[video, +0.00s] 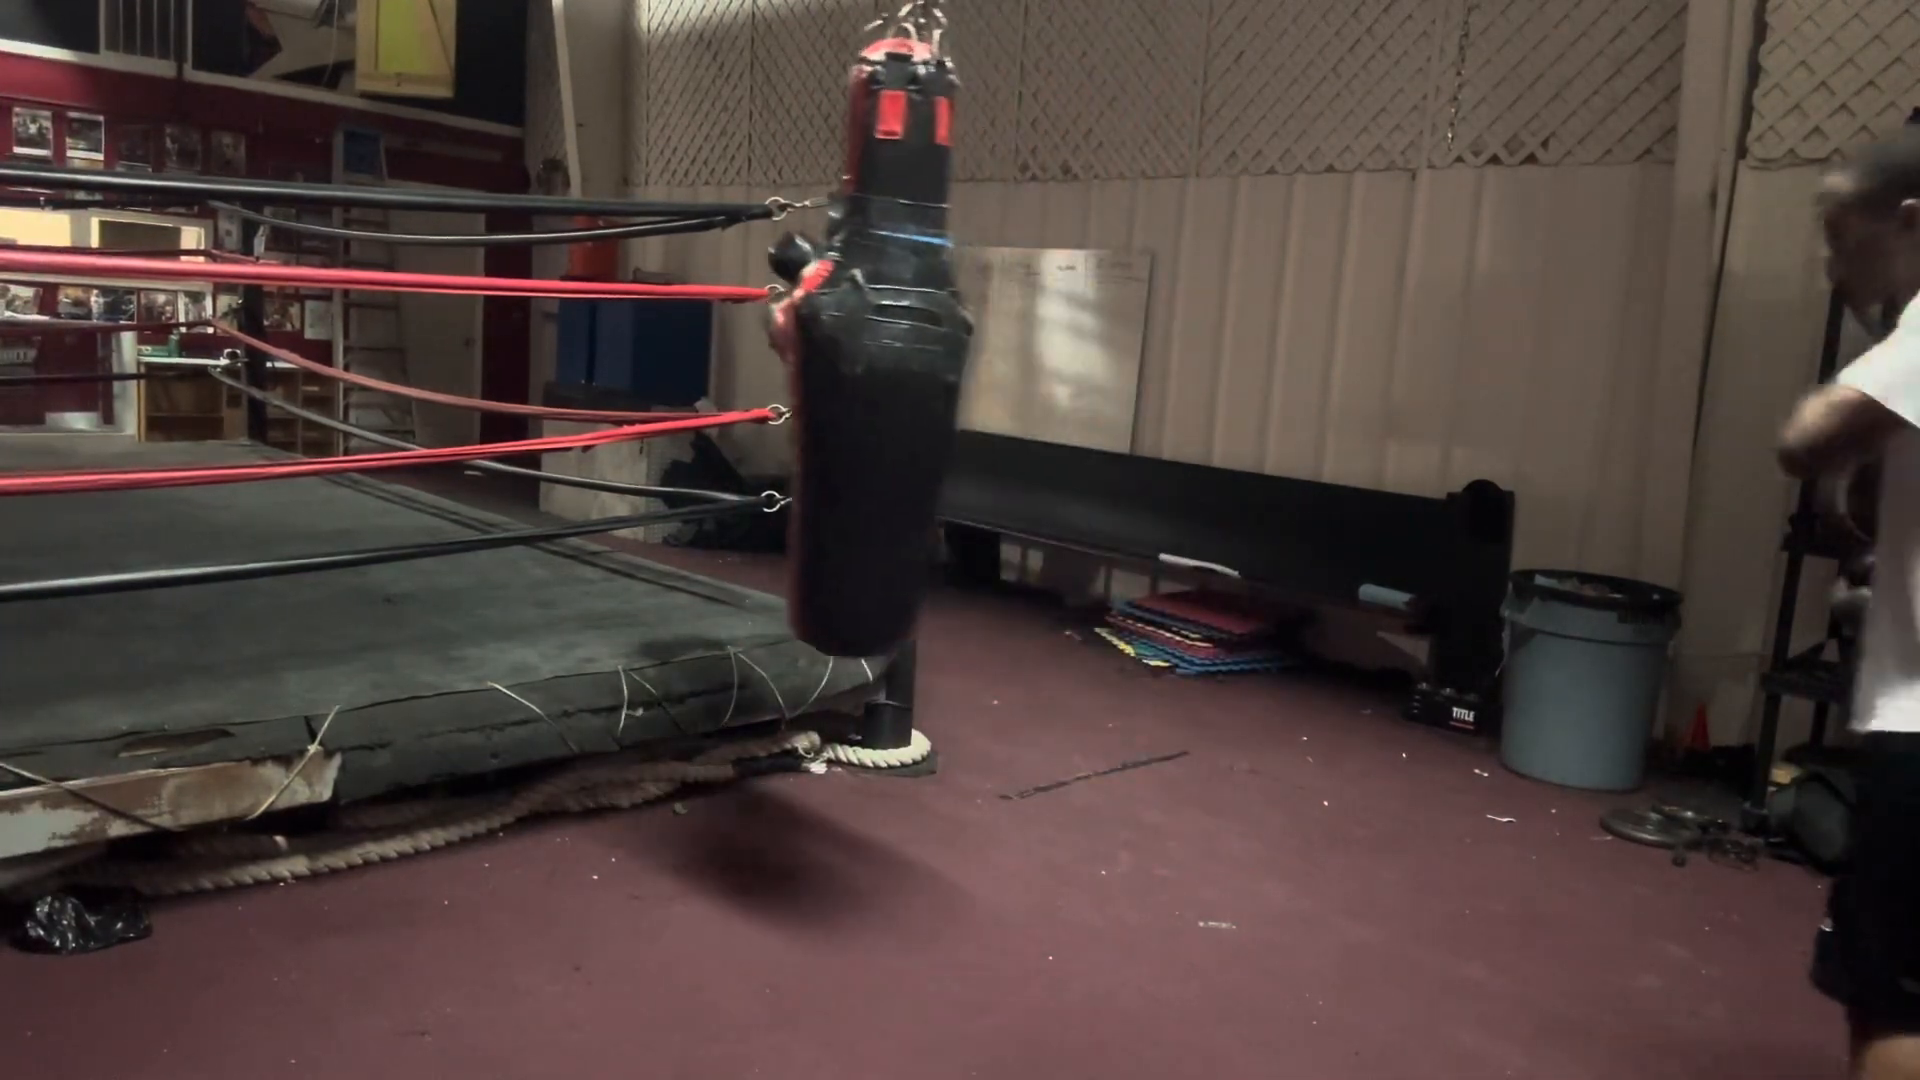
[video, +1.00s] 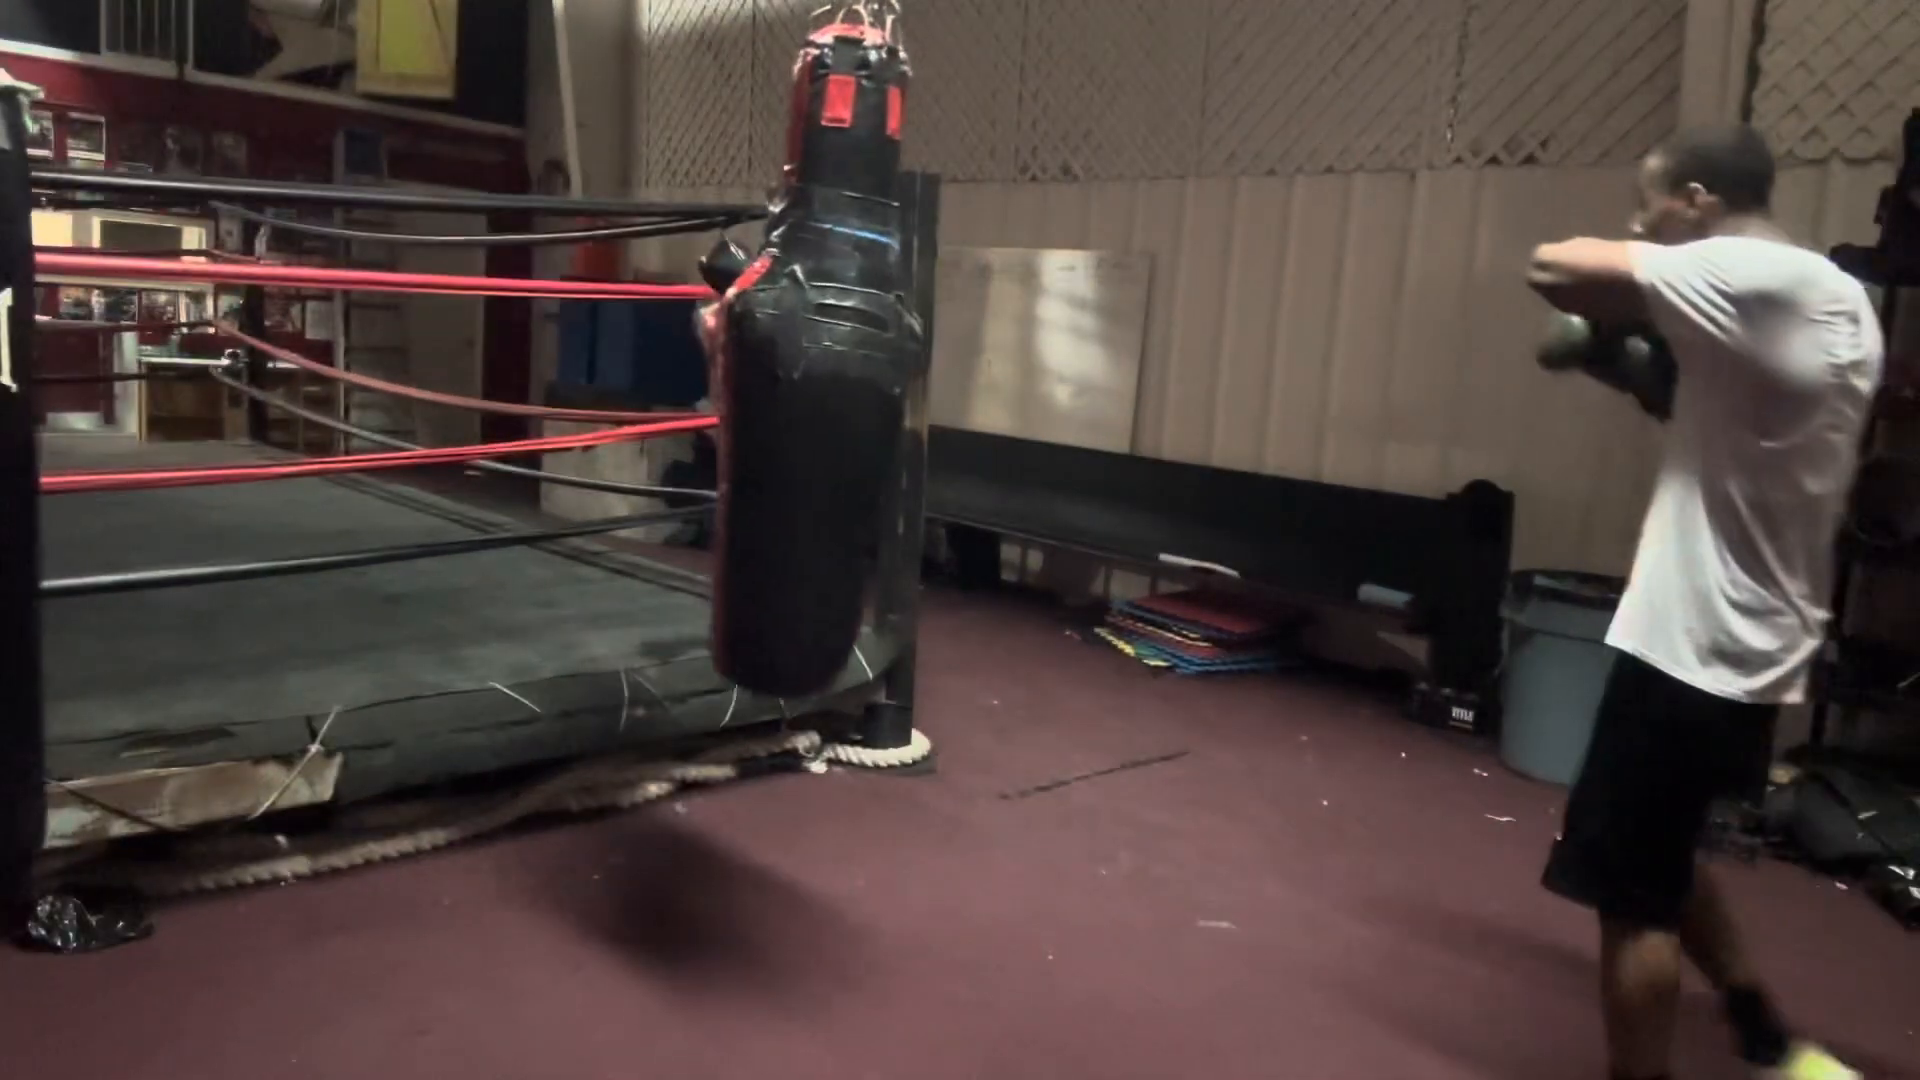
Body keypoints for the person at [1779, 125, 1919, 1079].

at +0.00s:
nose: (1831, 263)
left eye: (1840, 236)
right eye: (1828, 241)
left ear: (1903, 221)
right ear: (1894, 228)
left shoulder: (1918, 325)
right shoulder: (1903, 329)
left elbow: (1808, 438)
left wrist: (1826, 461)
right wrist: (1857, 529)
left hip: (1907, 720)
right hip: (1897, 716)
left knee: (1885, 996)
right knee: (1875, 982)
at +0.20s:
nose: (1831, 237)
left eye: (1845, 212)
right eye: (1832, 213)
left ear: (1906, 210)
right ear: (1907, 213)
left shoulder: (1917, 300)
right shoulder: (1900, 306)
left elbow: (1750, 356)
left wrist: (1845, 326)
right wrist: (1847, 320)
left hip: (1898, 700)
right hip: (1883, 694)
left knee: (1836, 972)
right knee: (1840, 966)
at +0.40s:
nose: (1819, 244)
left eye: (1830, 220)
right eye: (1818, 222)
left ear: (1892, 214)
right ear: (1898, 219)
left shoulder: (1919, 282)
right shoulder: (1905, 290)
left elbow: (1736, 319)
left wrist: (1815, 311)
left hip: (1897, 678)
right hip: (1890, 673)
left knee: (1735, 900)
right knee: (1912, 933)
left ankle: (1795, 1064)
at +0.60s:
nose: (1775, 251)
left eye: (1783, 230)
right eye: (1772, 233)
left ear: (1843, 218)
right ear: (1859, 221)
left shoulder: (1905, 271)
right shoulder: (1894, 284)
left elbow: (1685, 299)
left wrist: (1807, 303)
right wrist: (1798, 536)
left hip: (1865, 690)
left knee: (1699, 919)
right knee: (1916, 960)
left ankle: (1676, 1065)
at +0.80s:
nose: (1683, 232)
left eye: (1692, 215)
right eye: (1683, 215)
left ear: (1739, 209)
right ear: (1794, 209)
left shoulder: (1785, 281)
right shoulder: (1889, 301)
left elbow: (1589, 280)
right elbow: (1798, 416)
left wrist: (1688, 306)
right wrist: (1698, 395)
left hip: (1737, 670)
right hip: (1828, 680)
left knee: (1644, 899)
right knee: (1757, 892)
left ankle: (1636, 1068)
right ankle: (1854, 1059)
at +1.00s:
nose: (1647, 226)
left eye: (1654, 210)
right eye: (1647, 210)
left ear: (1698, 201)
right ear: (1755, 201)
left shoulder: (1743, 275)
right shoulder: (1848, 297)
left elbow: (1551, 262)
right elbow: (1741, 401)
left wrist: (1631, 304)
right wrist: (1628, 361)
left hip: (1689, 651)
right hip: (1757, 652)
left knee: (1633, 890)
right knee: (1661, 857)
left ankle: (1638, 1073)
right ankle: (1769, 1043)